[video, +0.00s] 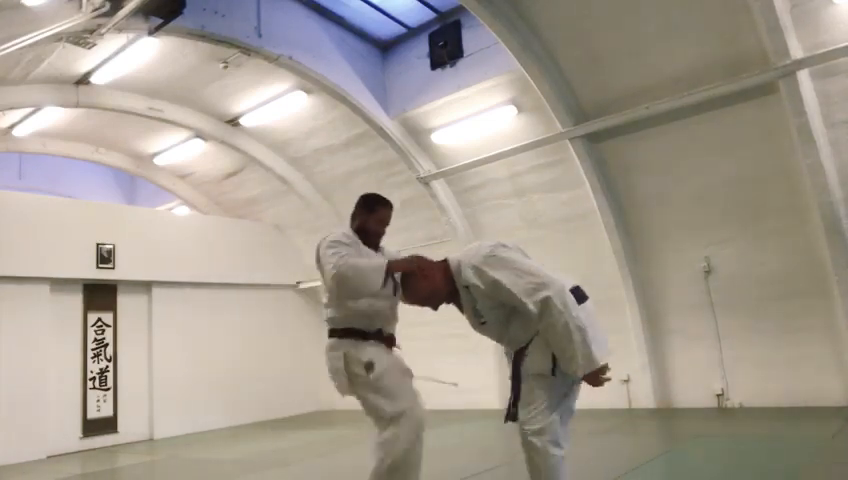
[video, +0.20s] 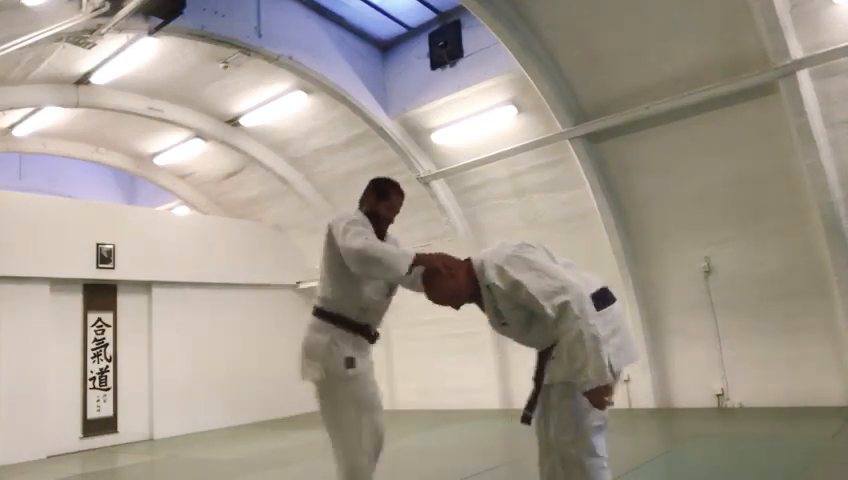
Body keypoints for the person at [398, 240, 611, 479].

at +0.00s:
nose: (429, 307)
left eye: (422, 299)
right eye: (421, 304)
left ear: (425, 273)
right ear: (427, 270)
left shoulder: (481, 262)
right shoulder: (463, 289)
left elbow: (551, 294)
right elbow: (515, 340)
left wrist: (584, 362)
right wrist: (518, 394)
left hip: (555, 330)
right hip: (536, 338)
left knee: (537, 428)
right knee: (534, 427)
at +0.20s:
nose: (446, 304)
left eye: (438, 295)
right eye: (437, 301)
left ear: (447, 271)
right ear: (449, 270)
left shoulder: (506, 264)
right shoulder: (490, 291)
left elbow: (571, 300)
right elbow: (547, 338)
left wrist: (594, 376)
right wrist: (538, 395)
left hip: (586, 335)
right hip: (564, 343)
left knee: (570, 433)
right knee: (548, 427)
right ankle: (555, 476)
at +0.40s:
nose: (482, 310)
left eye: (472, 302)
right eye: (472, 307)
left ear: (475, 277)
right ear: (476, 276)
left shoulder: (535, 265)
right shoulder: (515, 287)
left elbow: (617, 302)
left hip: (618, 331)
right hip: (589, 341)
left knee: (604, 436)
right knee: (574, 427)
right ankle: (581, 474)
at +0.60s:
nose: (506, 316)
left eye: (497, 309)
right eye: (497, 314)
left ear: (498, 285)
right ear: (498, 284)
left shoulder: (561, 265)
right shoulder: (539, 289)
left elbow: (651, 292)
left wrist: (706, 349)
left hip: (645, 329)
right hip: (619, 337)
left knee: (640, 442)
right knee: (623, 434)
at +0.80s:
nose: (524, 315)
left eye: (515, 307)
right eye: (515, 313)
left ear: (518, 280)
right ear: (519, 278)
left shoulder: (575, 269)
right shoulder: (559, 284)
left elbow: (652, 311)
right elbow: (615, 317)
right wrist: (610, 367)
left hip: (676, 320)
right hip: (646, 328)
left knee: (658, 438)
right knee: (647, 436)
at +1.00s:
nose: (540, 303)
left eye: (533, 296)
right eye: (531, 300)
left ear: (537, 270)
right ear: (536, 264)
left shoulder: (594, 259)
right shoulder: (574, 265)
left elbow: (609, 340)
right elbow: (602, 327)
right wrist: (579, 354)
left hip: (684, 318)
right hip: (656, 324)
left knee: (669, 435)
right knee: (652, 433)